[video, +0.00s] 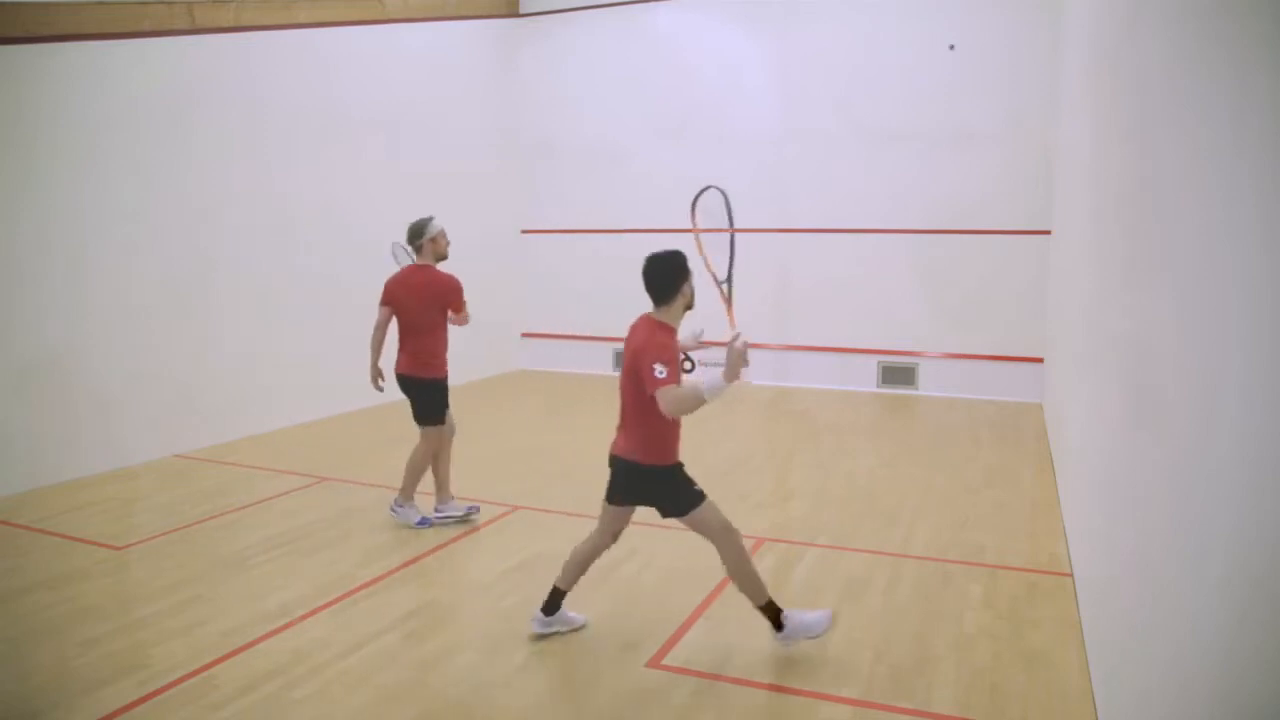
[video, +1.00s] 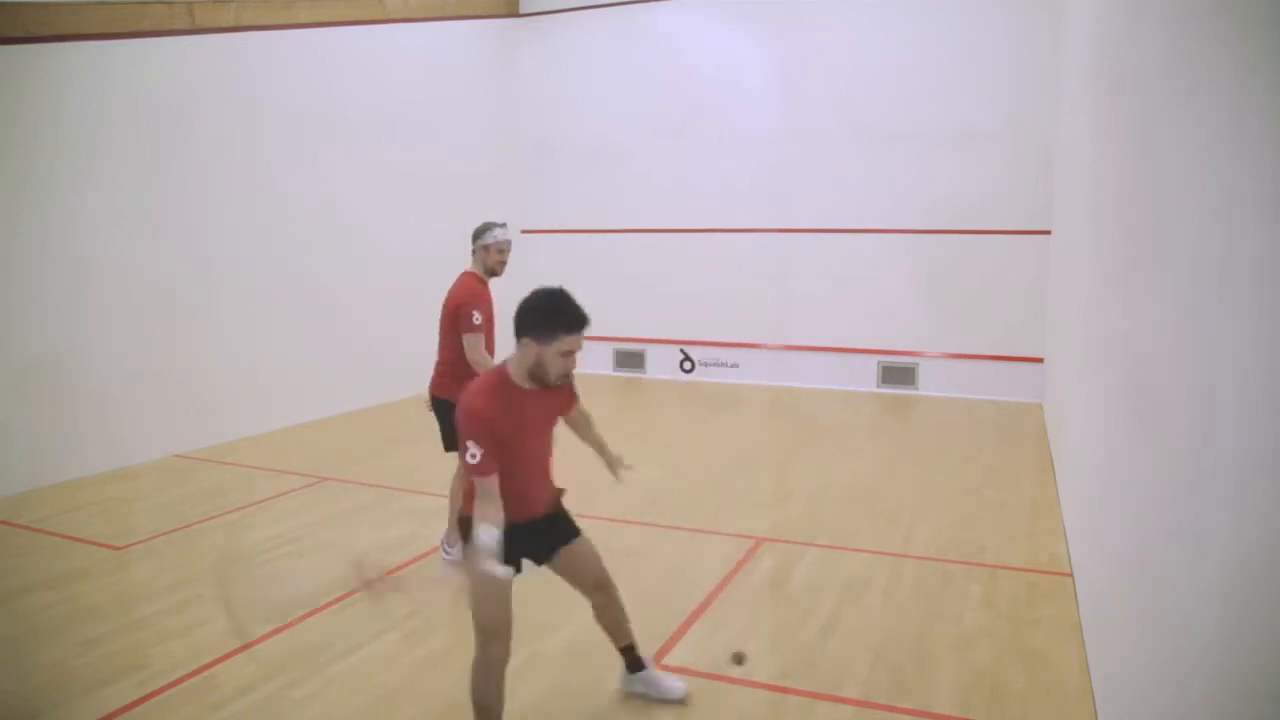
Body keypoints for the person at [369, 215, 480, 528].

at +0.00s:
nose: (448, 242)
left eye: (445, 236)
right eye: (442, 237)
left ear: (418, 245)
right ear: (427, 244)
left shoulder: (396, 281)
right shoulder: (448, 282)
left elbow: (381, 325)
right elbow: (461, 317)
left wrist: (374, 363)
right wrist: (442, 312)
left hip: (407, 371)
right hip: (432, 375)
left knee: (446, 431)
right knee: (431, 438)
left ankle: (444, 502)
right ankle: (404, 502)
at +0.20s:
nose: (465, 250)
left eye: (465, 244)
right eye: (459, 245)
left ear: (441, 251)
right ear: (441, 250)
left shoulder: (423, 285)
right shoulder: (454, 289)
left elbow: (410, 332)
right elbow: (481, 333)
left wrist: (411, 372)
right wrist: (494, 342)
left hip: (431, 379)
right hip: (447, 382)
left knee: (469, 441)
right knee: (461, 448)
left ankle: (459, 510)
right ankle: (415, 498)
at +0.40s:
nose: (477, 247)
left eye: (477, 241)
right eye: (471, 243)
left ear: (463, 246)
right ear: (453, 247)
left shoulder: (452, 280)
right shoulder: (451, 285)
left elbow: (469, 331)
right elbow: (470, 337)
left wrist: (492, 355)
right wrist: (497, 359)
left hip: (454, 378)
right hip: (449, 380)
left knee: (471, 446)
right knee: (469, 447)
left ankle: (459, 512)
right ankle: (453, 525)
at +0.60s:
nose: (486, 256)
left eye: (487, 249)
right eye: (480, 250)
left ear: (477, 252)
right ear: (461, 252)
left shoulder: (461, 287)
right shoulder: (456, 291)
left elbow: (465, 345)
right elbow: (468, 349)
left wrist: (491, 368)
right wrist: (497, 371)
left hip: (462, 387)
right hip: (453, 390)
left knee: (474, 453)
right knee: (467, 460)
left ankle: (460, 516)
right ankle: (453, 544)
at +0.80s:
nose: (495, 254)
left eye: (498, 248)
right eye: (489, 247)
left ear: (495, 249)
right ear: (471, 248)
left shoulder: (469, 283)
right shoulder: (465, 286)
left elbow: (482, 338)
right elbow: (474, 348)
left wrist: (502, 365)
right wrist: (500, 371)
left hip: (467, 386)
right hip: (450, 389)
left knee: (482, 451)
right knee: (464, 461)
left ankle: (458, 518)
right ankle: (452, 543)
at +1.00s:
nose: (504, 258)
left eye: (507, 251)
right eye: (498, 251)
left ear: (507, 252)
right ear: (479, 251)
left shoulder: (473, 286)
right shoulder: (472, 292)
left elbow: (473, 350)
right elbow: (475, 353)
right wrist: (508, 385)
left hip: (458, 391)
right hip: (454, 394)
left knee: (474, 459)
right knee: (469, 461)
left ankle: (462, 531)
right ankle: (454, 537)